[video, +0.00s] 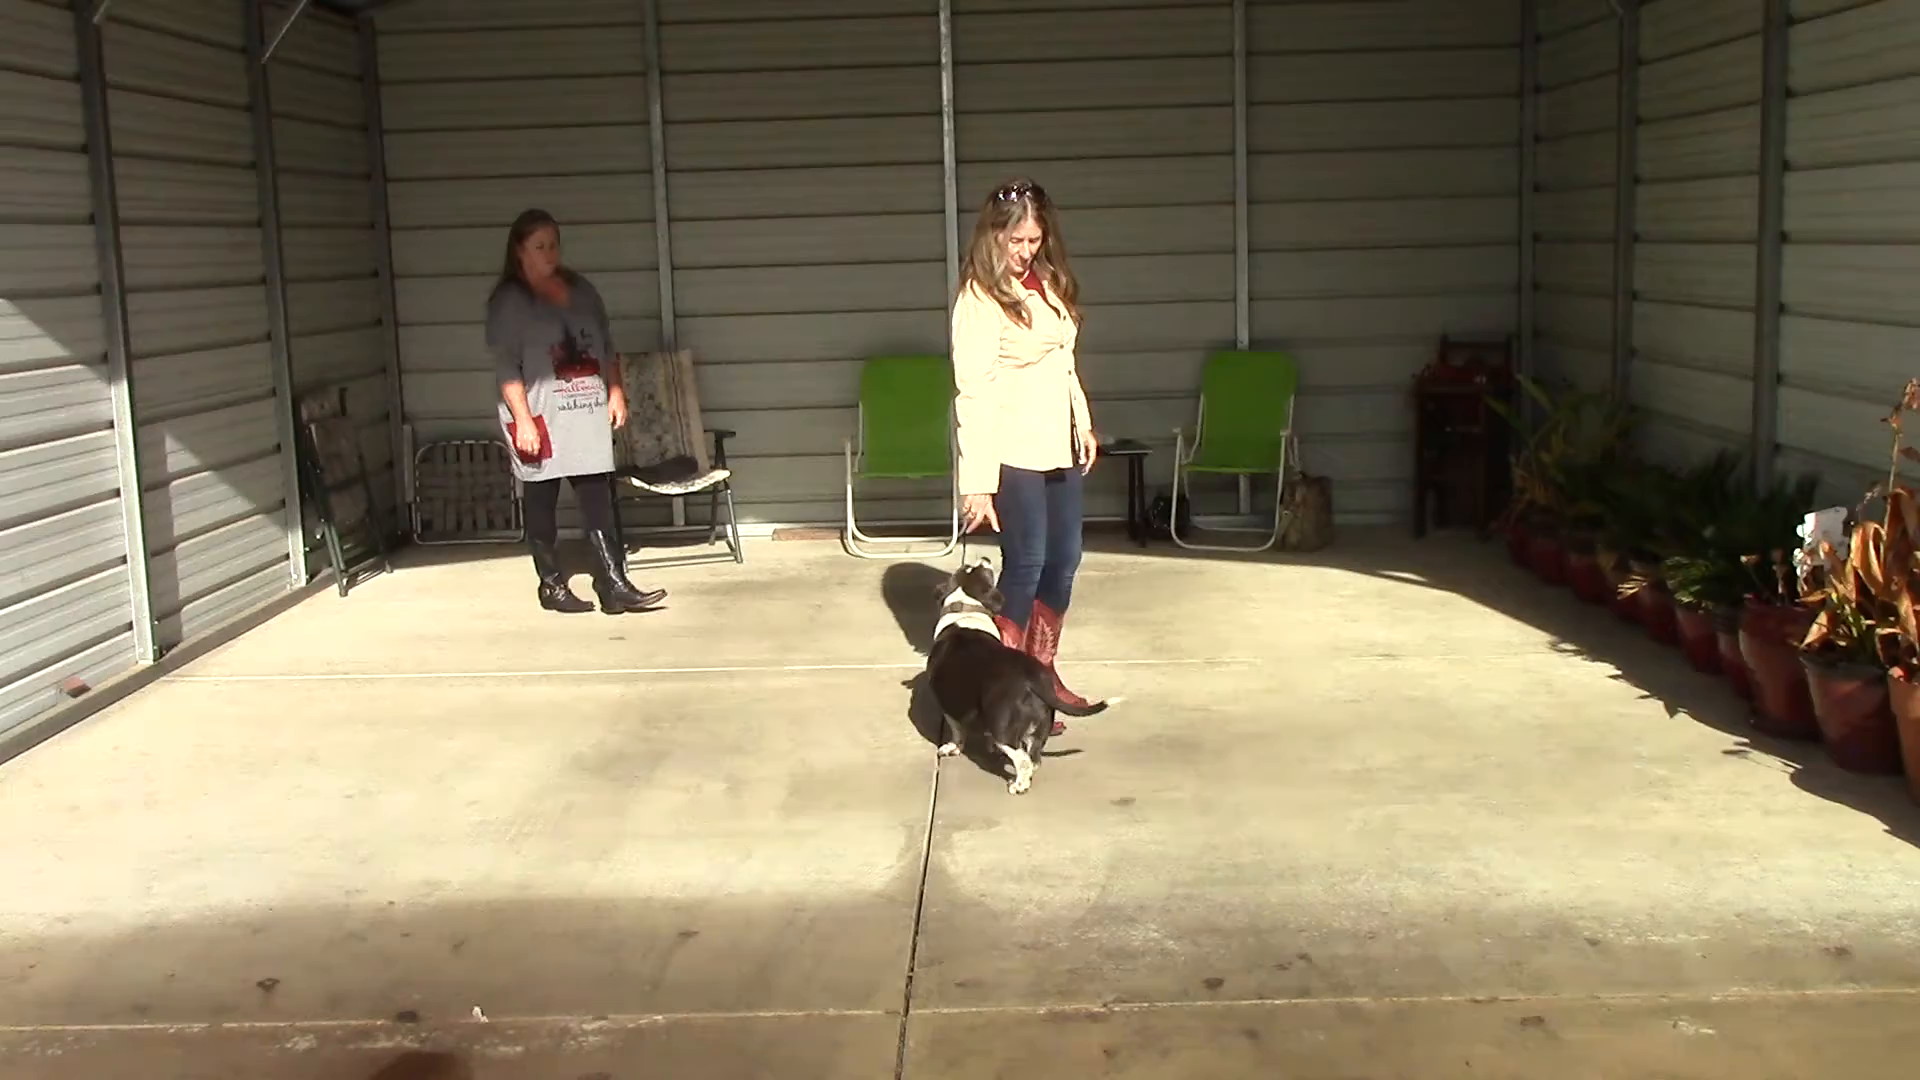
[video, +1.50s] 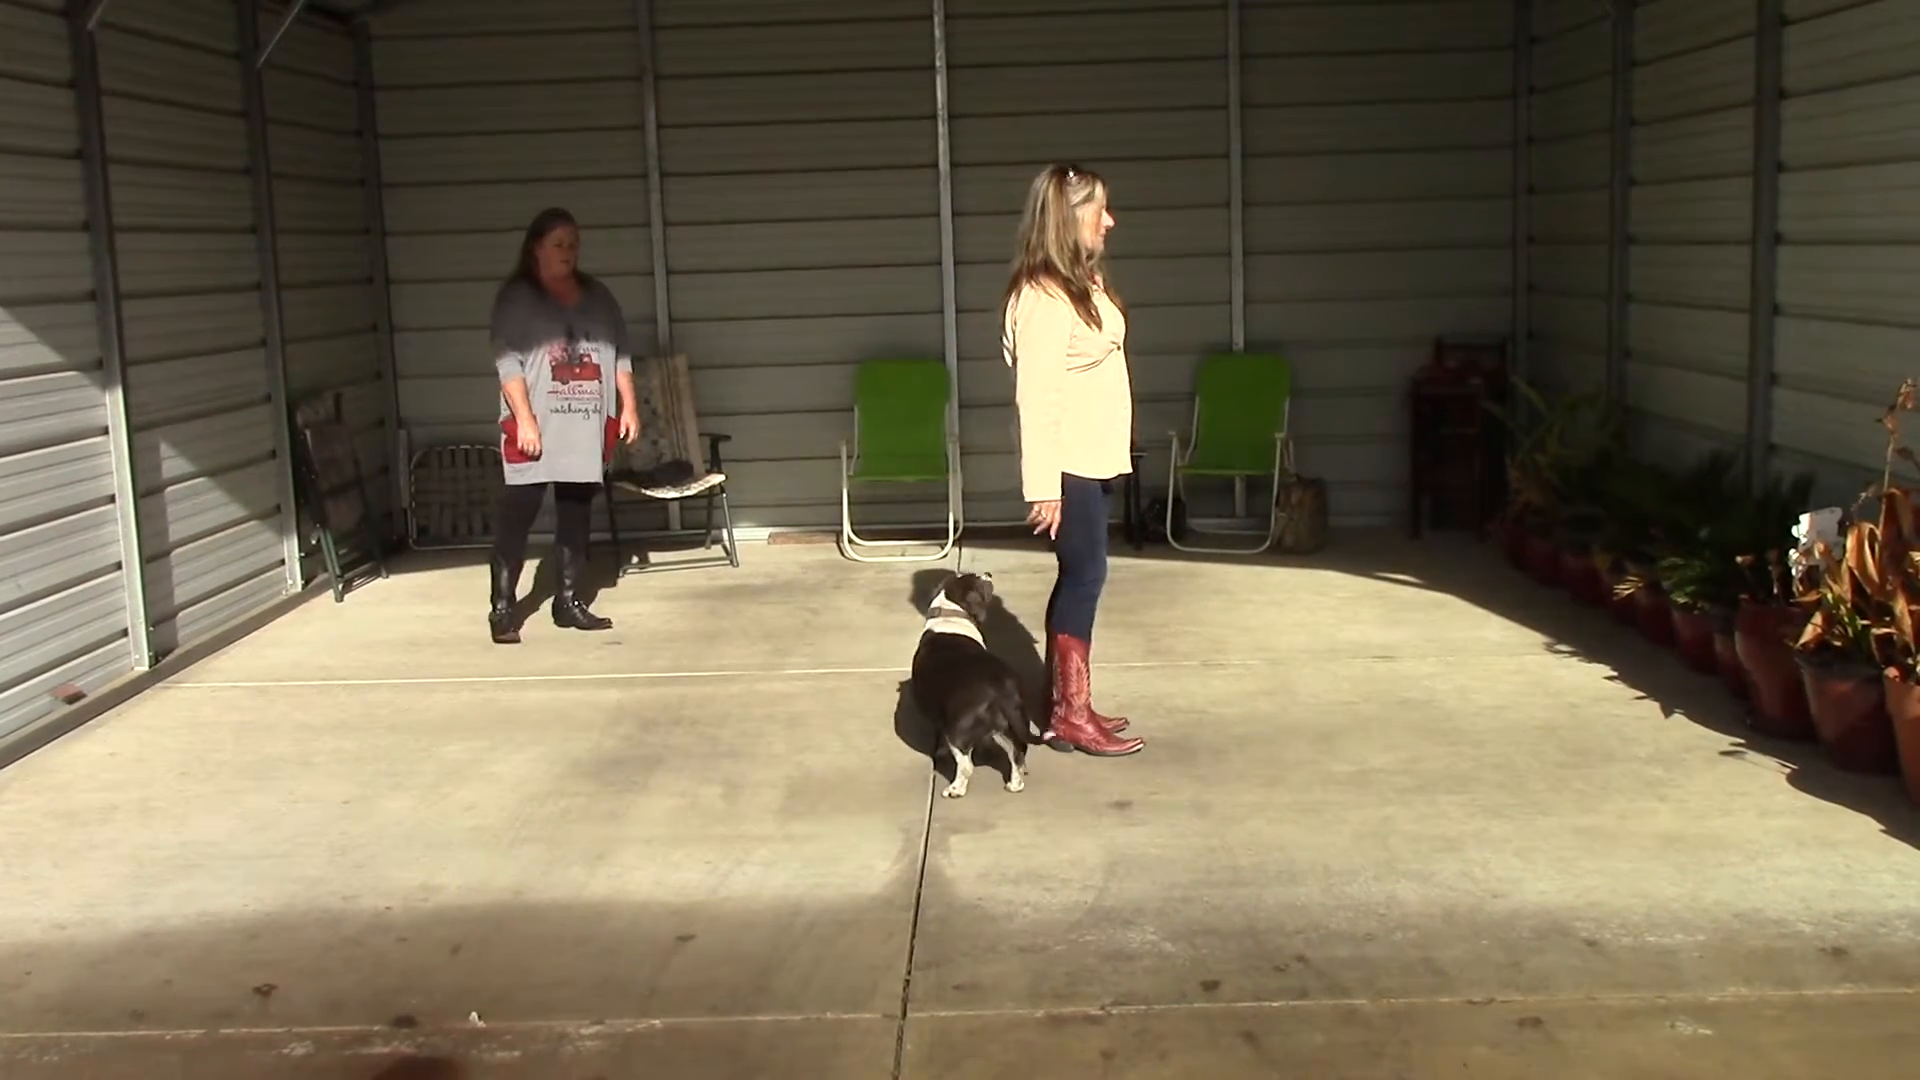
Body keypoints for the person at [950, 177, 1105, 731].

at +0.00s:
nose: (1025, 250)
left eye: (1033, 239)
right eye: (1015, 239)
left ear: (1043, 236)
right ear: (992, 235)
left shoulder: (1047, 284)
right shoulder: (977, 298)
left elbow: (1064, 364)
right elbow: (972, 394)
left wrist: (1082, 424)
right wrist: (976, 480)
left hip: (1060, 445)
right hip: (1011, 447)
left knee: (1064, 559)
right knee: (1025, 564)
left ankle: (1042, 676)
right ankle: (1007, 687)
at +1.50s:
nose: (1108, 222)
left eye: (1106, 211)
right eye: (1098, 212)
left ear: (1076, 220)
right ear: (1068, 217)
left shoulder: (1084, 286)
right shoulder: (1041, 297)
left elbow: (1091, 386)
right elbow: (1035, 399)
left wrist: (1106, 460)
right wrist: (1043, 486)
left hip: (1094, 460)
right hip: (1068, 464)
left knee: (1078, 574)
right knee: (1085, 574)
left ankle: (1068, 704)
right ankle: (1069, 714)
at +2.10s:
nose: (1142, 219)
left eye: (1137, 207)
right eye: (1136, 209)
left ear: (1082, 216)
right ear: (1122, 217)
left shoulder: (1097, 285)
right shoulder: (1096, 292)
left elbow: (1117, 394)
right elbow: (1102, 400)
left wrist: (1140, 471)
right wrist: (1132, 482)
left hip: (1105, 452)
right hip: (1080, 458)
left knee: (1125, 560)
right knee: (1081, 573)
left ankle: (1117, 693)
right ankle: (1069, 712)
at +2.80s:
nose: (1183, 216)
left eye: (1179, 204)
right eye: (1175, 206)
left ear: (1124, 214)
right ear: (1155, 214)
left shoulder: (1127, 282)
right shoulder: (1137, 290)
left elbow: (1149, 385)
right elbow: (1146, 390)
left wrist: (1184, 459)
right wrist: (1179, 465)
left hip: (1130, 451)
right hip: (1137, 453)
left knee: (1147, 564)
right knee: (1171, 564)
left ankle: (1149, 694)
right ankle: (1100, 690)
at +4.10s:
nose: (1219, 209)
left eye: (1216, 199)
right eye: (1211, 200)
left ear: (1166, 209)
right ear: (1185, 210)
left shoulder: (1148, 277)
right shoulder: (1168, 282)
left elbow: (1175, 367)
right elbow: (1174, 370)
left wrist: (1232, 387)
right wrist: (1235, 397)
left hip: (1149, 443)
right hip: (1170, 443)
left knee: (1163, 559)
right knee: (1196, 560)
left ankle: (1147, 690)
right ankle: (1156, 697)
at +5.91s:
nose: (1213, 210)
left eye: (1212, 199)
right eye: (1206, 200)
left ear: (1162, 206)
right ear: (1178, 205)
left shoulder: (1150, 273)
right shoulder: (1162, 279)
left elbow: (1157, 378)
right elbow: (1164, 381)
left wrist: (1186, 453)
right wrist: (1182, 463)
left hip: (1151, 444)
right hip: (1164, 447)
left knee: (1159, 558)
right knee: (1178, 558)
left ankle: (1150, 692)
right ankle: (1154, 696)